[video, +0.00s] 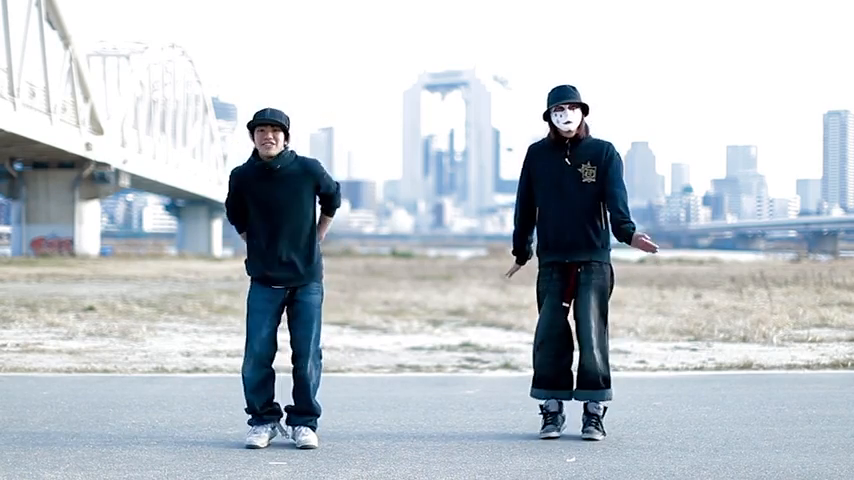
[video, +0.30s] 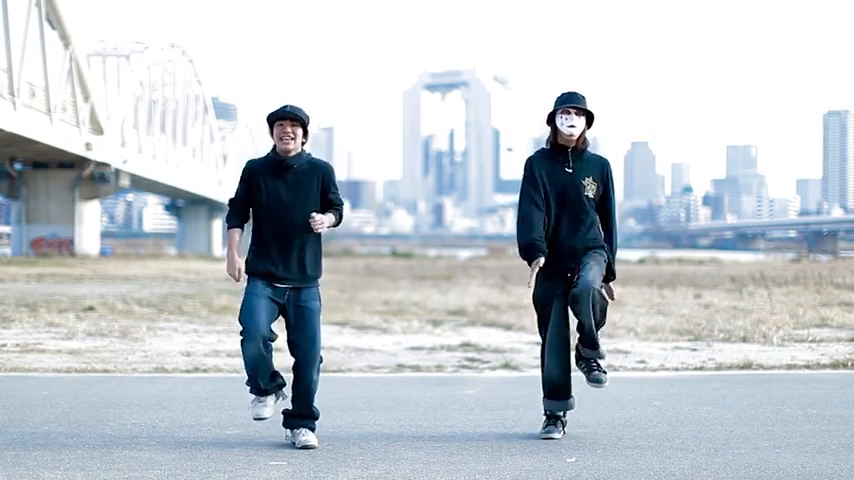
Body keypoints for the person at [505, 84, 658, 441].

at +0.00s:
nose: (565, 115)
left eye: (570, 108)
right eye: (558, 110)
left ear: (582, 112)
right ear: (549, 116)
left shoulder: (603, 152)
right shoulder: (536, 154)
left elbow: (616, 198)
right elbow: (525, 204)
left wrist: (629, 232)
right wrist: (521, 249)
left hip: (592, 256)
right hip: (551, 256)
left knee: (590, 331)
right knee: (548, 330)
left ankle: (593, 411)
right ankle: (551, 409)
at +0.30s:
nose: (570, 121)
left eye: (577, 115)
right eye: (564, 115)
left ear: (585, 123)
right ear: (554, 120)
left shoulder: (599, 165)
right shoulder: (537, 163)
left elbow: (608, 221)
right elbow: (530, 210)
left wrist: (608, 272)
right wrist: (535, 251)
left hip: (592, 249)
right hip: (553, 255)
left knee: (586, 287)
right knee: (553, 334)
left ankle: (588, 353)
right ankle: (554, 412)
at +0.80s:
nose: (577, 123)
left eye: (583, 118)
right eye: (571, 118)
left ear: (592, 124)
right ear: (560, 123)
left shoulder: (606, 164)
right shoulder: (542, 166)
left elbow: (626, 198)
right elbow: (527, 206)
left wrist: (646, 219)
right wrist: (520, 239)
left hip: (598, 259)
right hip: (559, 256)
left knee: (591, 335)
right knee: (586, 308)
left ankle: (584, 412)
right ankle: (561, 364)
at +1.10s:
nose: (575, 130)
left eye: (581, 124)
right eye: (569, 123)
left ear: (591, 127)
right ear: (559, 127)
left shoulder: (608, 166)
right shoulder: (541, 170)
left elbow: (651, 186)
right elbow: (511, 212)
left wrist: (619, 201)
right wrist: (538, 235)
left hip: (597, 271)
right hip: (557, 271)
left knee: (590, 344)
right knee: (557, 343)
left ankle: (585, 415)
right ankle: (556, 417)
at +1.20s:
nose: (574, 140)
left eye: (581, 134)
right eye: (569, 133)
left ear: (591, 133)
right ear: (559, 131)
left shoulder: (608, 166)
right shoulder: (543, 166)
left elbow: (649, 175)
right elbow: (503, 183)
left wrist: (630, 136)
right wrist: (534, 149)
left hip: (594, 265)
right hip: (552, 267)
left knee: (596, 326)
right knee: (555, 339)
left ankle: (586, 381)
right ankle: (554, 414)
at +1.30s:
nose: (577, 140)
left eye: (584, 135)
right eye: (571, 134)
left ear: (593, 133)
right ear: (560, 130)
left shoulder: (608, 161)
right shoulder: (538, 160)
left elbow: (650, 172)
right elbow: (498, 176)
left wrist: (686, 140)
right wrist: (481, 135)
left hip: (596, 258)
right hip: (554, 260)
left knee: (593, 312)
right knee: (555, 332)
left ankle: (590, 365)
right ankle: (555, 412)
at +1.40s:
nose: (580, 137)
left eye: (587, 131)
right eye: (575, 130)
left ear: (596, 129)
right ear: (563, 126)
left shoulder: (607, 159)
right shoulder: (541, 159)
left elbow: (648, 190)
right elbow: (501, 185)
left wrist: (691, 216)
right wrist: (455, 196)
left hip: (597, 257)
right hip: (555, 259)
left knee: (596, 323)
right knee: (556, 334)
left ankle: (592, 384)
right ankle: (556, 412)